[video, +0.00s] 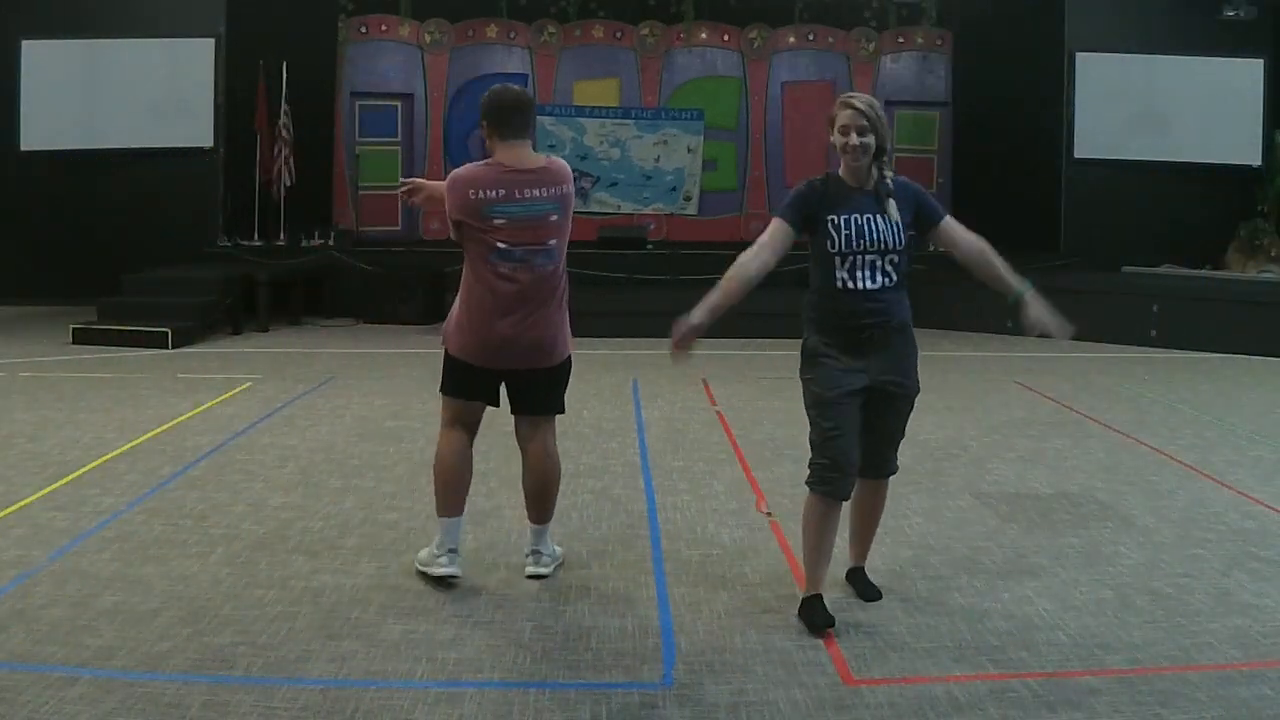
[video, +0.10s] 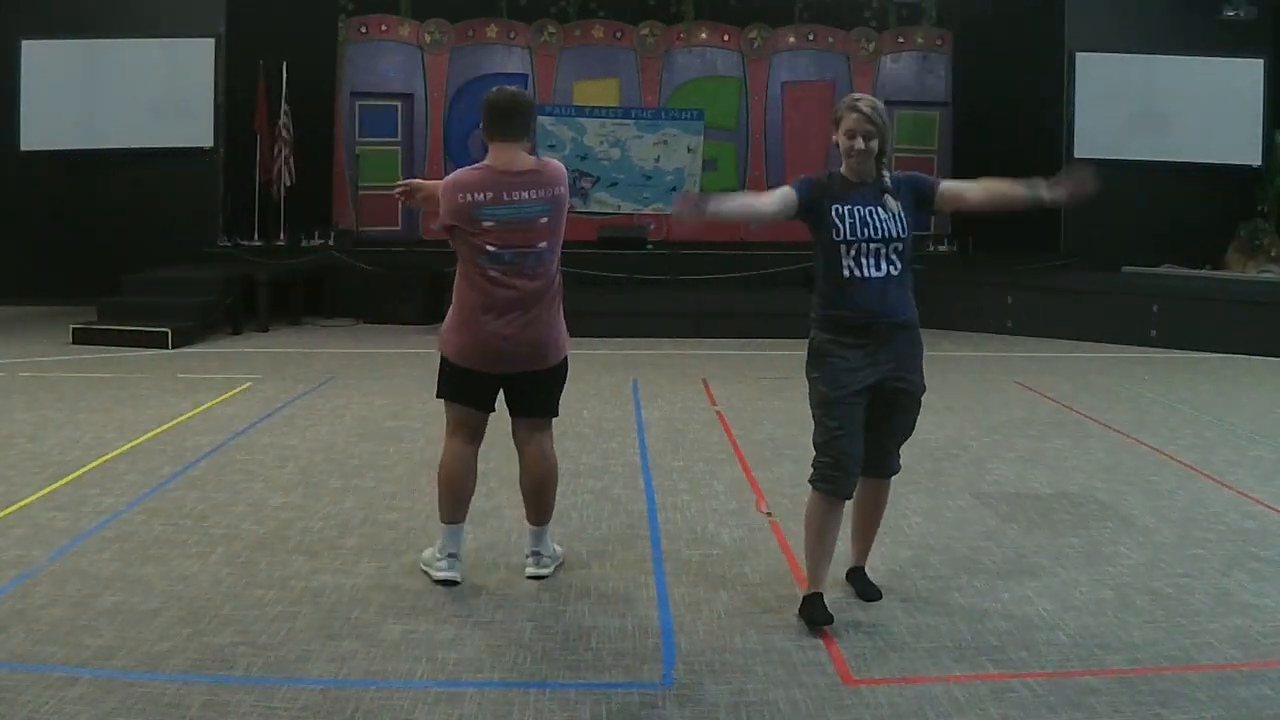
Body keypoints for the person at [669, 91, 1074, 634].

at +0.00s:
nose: (850, 139)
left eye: (860, 131)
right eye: (841, 131)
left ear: (879, 138)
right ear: (830, 139)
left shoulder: (907, 197)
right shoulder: (812, 197)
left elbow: (968, 245)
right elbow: (758, 255)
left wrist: (1025, 295)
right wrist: (702, 313)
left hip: (892, 354)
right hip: (831, 354)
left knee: (877, 467)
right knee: (833, 471)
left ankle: (858, 567)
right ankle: (812, 593)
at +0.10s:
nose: (855, 144)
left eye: (865, 136)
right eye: (848, 136)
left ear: (881, 142)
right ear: (836, 140)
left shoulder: (907, 188)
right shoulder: (818, 190)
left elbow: (973, 192)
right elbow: (765, 203)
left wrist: (1040, 190)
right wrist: (711, 204)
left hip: (899, 351)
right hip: (838, 352)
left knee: (880, 467)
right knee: (835, 472)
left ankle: (857, 567)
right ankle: (813, 592)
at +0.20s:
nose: (862, 142)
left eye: (871, 134)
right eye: (854, 133)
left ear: (887, 141)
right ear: (837, 139)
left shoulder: (910, 187)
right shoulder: (825, 192)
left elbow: (961, 153)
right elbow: (787, 169)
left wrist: (992, 97)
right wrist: (765, 106)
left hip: (901, 347)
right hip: (841, 349)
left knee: (881, 465)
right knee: (836, 470)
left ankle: (857, 567)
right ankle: (815, 591)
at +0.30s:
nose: (867, 140)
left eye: (877, 132)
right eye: (859, 131)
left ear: (891, 141)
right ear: (842, 138)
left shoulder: (908, 188)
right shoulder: (825, 190)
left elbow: (943, 146)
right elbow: (806, 144)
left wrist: (923, 82)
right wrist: (841, 63)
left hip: (903, 347)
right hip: (844, 348)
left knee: (882, 464)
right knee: (837, 469)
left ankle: (858, 567)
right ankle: (815, 591)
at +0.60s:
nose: (872, 144)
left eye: (881, 137)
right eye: (864, 135)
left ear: (895, 142)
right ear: (848, 138)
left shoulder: (914, 186)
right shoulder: (832, 188)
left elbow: (965, 158)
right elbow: (806, 175)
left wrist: (1005, 119)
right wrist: (797, 128)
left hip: (900, 341)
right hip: (840, 339)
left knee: (881, 462)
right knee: (851, 459)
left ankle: (858, 567)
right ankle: (848, 585)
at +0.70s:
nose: (870, 144)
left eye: (880, 136)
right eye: (863, 135)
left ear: (896, 141)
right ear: (849, 138)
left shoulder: (919, 190)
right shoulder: (834, 188)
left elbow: (985, 176)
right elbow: (786, 179)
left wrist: (1048, 161)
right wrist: (748, 158)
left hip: (901, 345)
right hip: (841, 344)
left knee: (882, 466)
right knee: (853, 464)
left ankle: (857, 569)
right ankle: (854, 588)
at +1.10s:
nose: (876, 134)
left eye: (883, 125)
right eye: (865, 127)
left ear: (894, 131)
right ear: (845, 136)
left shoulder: (920, 179)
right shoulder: (831, 187)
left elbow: (986, 140)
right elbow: (779, 150)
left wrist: (1050, 102)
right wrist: (734, 106)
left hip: (911, 351)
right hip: (848, 352)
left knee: (901, 480)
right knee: (855, 477)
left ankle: (861, 556)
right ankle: (852, 597)